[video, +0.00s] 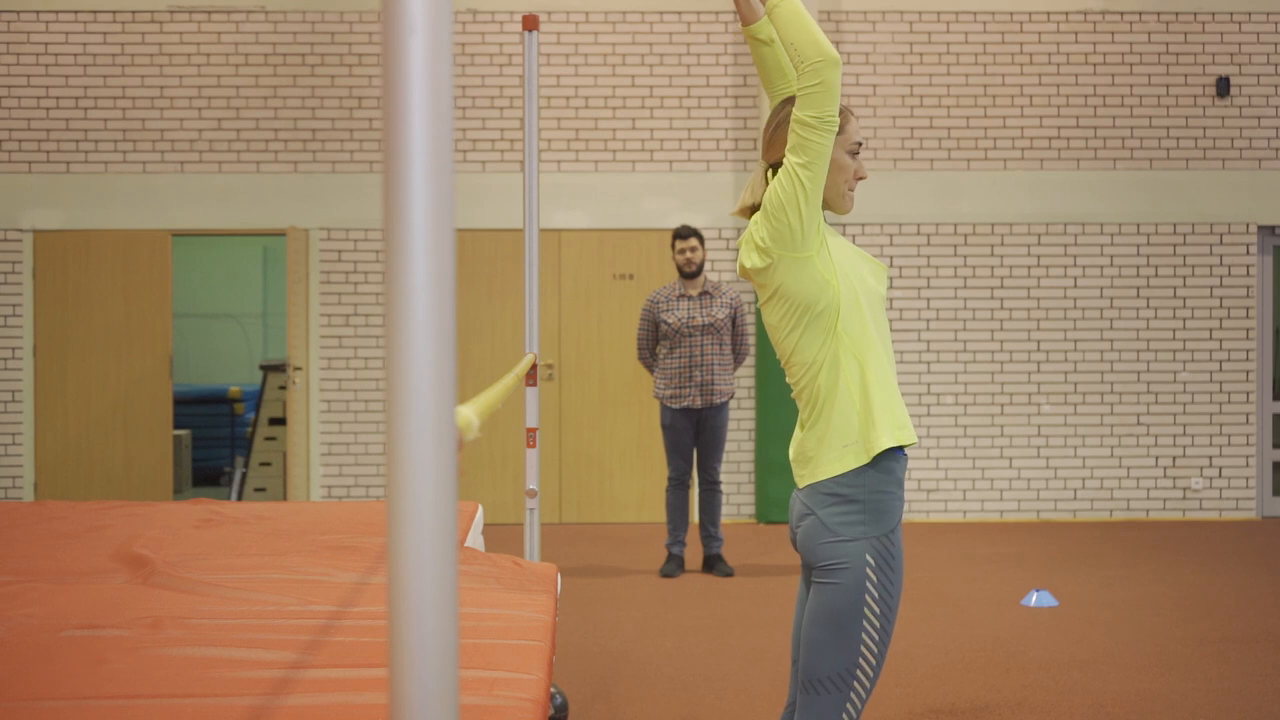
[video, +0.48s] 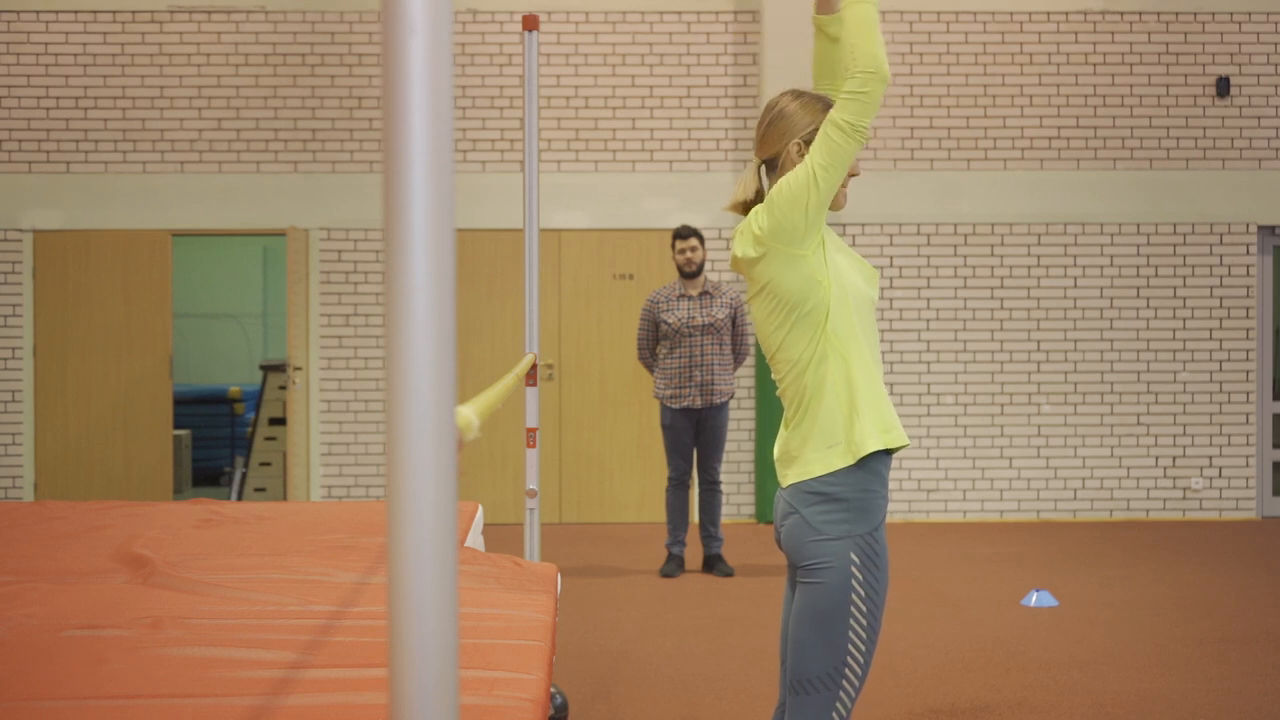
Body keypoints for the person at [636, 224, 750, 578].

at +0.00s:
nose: (687, 256)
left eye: (693, 250)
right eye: (681, 251)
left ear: (704, 253)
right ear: (673, 257)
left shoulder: (729, 297)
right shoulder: (659, 300)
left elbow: (742, 348)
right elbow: (645, 351)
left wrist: (718, 373)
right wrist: (670, 377)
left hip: (716, 402)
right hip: (675, 403)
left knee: (710, 479)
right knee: (678, 477)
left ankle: (713, 553)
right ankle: (675, 552)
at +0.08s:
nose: (687, 256)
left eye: (693, 250)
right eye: (681, 251)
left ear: (704, 253)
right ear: (673, 257)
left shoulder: (729, 297)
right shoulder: (659, 300)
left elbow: (742, 348)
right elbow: (645, 351)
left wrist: (718, 373)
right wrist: (670, 377)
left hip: (716, 402)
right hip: (675, 403)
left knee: (710, 479)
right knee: (678, 477)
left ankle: (713, 553)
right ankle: (675, 552)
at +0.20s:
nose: (687, 256)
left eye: (693, 250)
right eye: (681, 251)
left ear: (704, 253)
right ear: (673, 257)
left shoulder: (729, 297)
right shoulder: (658, 300)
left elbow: (742, 348)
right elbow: (645, 351)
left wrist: (718, 373)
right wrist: (670, 377)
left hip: (716, 402)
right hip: (675, 403)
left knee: (710, 479)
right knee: (678, 477)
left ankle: (713, 553)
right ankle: (675, 553)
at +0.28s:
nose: (687, 256)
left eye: (693, 249)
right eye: (681, 251)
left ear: (704, 253)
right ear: (673, 257)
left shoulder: (729, 297)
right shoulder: (659, 300)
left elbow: (742, 348)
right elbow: (645, 351)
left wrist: (718, 373)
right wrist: (670, 377)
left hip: (716, 402)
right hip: (675, 403)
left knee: (710, 479)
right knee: (678, 477)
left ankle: (713, 553)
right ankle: (675, 552)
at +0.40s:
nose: (687, 256)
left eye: (693, 249)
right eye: (681, 251)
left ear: (704, 253)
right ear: (673, 257)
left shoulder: (729, 297)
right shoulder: (658, 300)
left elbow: (742, 349)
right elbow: (645, 351)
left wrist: (717, 372)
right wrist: (671, 376)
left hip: (716, 402)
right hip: (674, 403)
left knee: (710, 479)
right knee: (679, 477)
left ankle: (713, 553)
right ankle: (674, 553)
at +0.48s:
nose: (688, 256)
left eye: (693, 249)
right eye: (681, 251)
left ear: (705, 253)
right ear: (673, 257)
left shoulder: (729, 297)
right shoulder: (658, 300)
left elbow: (742, 349)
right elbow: (645, 351)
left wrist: (718, 373)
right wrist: (670, 377)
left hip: (716, 402)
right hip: (674, 403)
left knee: (710, 479)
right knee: (679, 477)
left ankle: (713, 553)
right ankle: (675, 553)